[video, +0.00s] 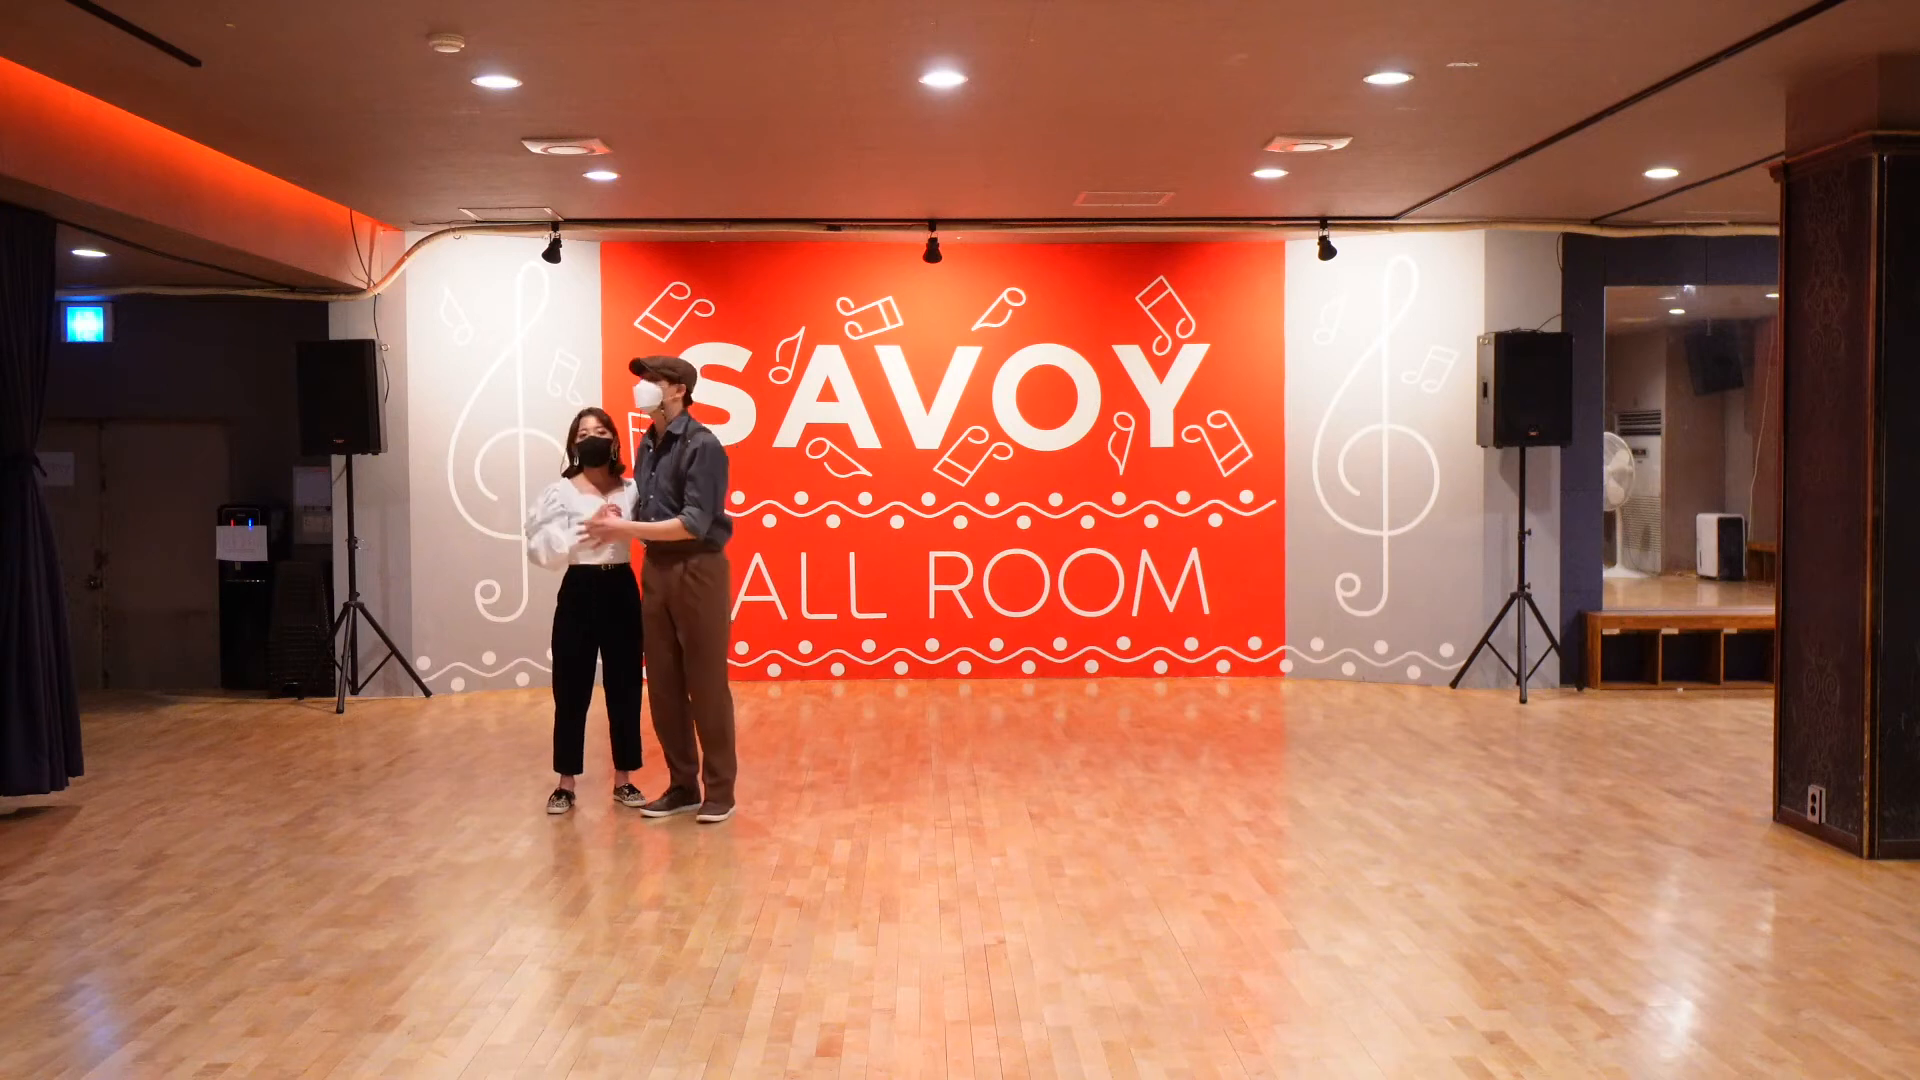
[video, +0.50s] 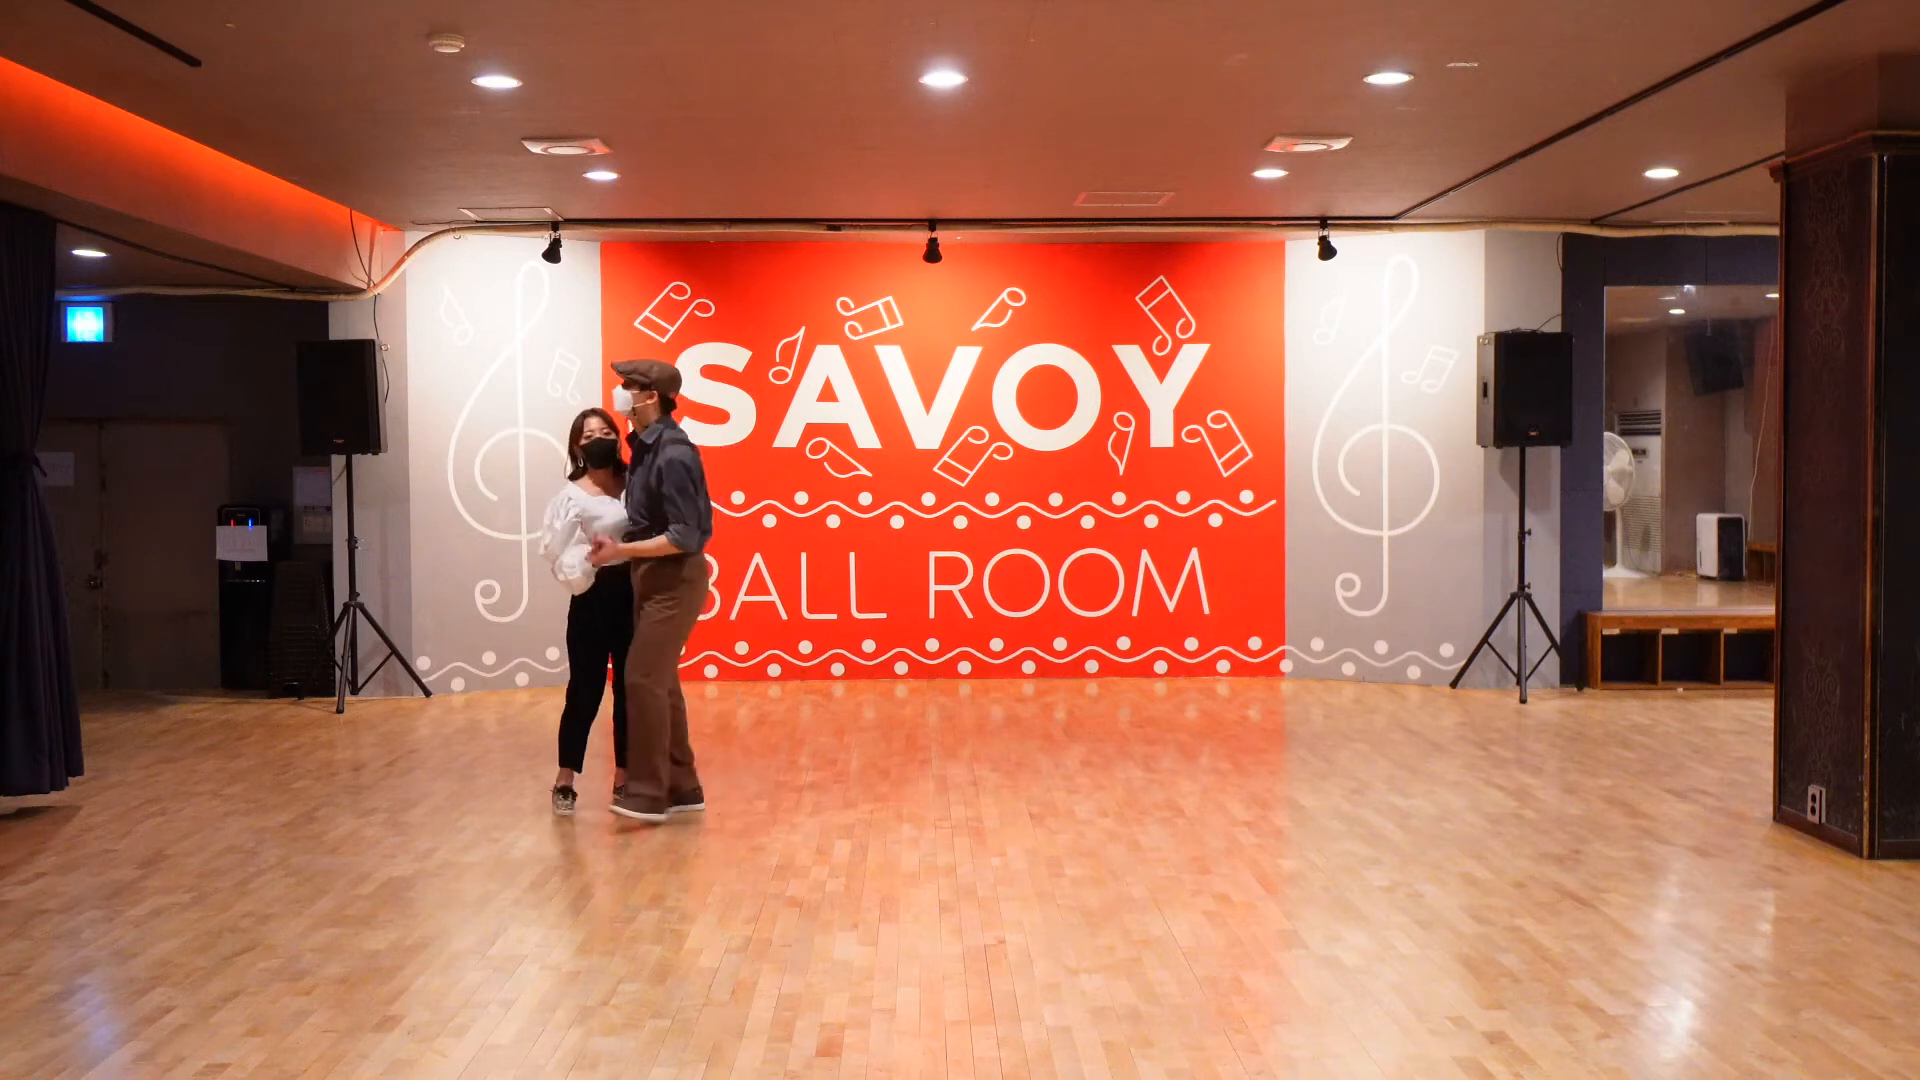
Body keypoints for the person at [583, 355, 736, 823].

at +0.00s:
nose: (641, 388)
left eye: (652, 381)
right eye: (642, 380)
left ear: (678, 390)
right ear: (655, 392)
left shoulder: (704, 446)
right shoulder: (648, 447)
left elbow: (695, 525)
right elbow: (645, 510)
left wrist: (626, 528)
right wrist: (611, 522)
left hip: (699, 570)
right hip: (657, 568)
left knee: (707, 683)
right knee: (664, 684)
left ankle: (720, 793)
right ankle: (683, 787)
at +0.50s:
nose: (623, 394)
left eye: (630, 388)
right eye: (625, 387)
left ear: (652, 397)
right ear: (651, 398)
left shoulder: (674, 452)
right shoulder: (647, 445)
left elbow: (686, 535)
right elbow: (642, 517)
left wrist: (624, 549)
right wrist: (607, 535)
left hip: (677, 575)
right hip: (652, 572)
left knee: (644, 675)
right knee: (661, 677)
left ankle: (647, 794)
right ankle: (682, 786)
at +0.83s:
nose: (609, 401)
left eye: (615, 394)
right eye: (612, 394)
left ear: (637, 403)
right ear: (642, 403)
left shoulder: (650, 459)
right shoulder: (655, 449)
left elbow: (637, 548)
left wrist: (590, 601)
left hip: (658, 585)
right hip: (674, 581)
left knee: (607, 689)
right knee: (648, 694)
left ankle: (616, 807)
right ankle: (678, 792)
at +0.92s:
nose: (608, 411)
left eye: (614, 404)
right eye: (610, 403)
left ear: (636, 411)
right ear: (645, 411)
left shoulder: (646, 463)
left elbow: (614, 545)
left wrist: (552, 584)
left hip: (653, 593)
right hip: (670, 590)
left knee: (595, 699)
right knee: (639, 699)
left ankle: (628, 813)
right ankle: (677, 793)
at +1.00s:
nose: (607, 418)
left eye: (613, 411)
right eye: (609, 411)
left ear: (637, 416)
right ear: (644, 417)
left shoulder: (639, 460)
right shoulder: (662, 459)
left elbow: (590, 528)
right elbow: (682, 544)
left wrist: (514, 543)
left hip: (645, 597)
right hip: (668, 592)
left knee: (593, 707)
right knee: (638, 703)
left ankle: (628, 818)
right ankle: (675, 792)